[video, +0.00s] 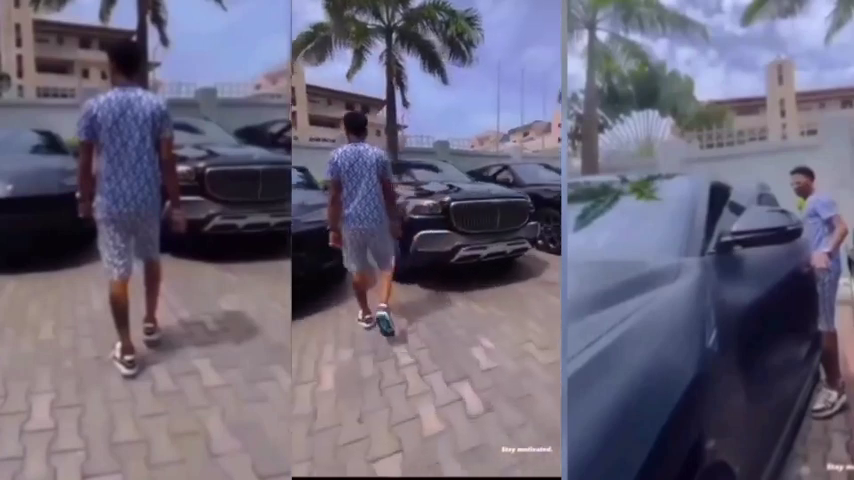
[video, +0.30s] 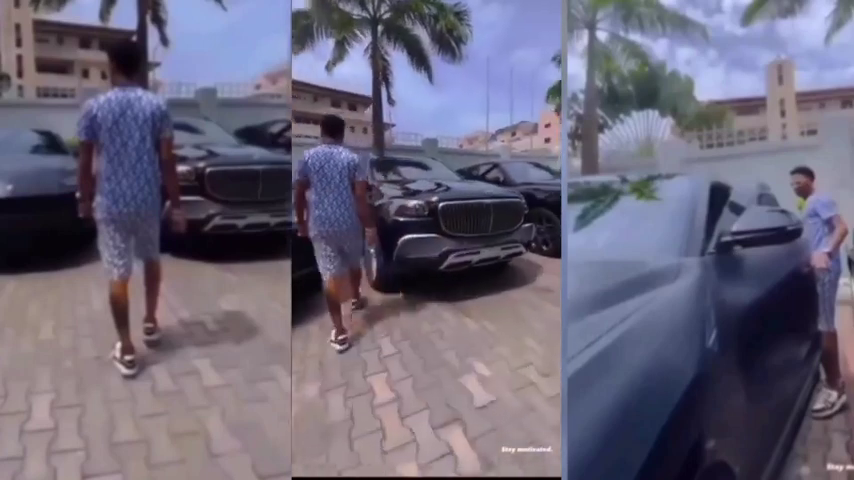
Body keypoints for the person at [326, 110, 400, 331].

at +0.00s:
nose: (349, 133)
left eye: (345, 129)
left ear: (345, 130)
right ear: (366, 129)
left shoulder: (337, 156)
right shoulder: (378, 155)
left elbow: (335, 196)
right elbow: (389, 192)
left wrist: (334, 228)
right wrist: (394, 220)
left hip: (351, 224)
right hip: (378, 222)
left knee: (357, 271)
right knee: (387, 266)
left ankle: (365, 313)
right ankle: (384, 304)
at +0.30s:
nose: (330, 137)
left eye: (325, 132)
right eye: (339, 133)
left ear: (321, 133)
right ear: (343, 133)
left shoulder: (309, 157)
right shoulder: (352, 158)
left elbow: (300, 192)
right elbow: (360, 195)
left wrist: (301, 222)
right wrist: (369, 225)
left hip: (320, 223)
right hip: (348, 221)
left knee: (329, 275)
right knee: (354, 261)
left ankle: (339, 331)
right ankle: (356, 297)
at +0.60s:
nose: (315, 139)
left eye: (312, 134)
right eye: (324, 135)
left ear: (309, 134)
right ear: (329, 136)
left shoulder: (296, 159)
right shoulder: (336, 162)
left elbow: (293, 191)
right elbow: (345, 195)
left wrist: (294, 214)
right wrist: (349, 221)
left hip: (304, 219)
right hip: (331, 219)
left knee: (303, 267)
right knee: (334, 262)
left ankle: (310, 311)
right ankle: (331, 306)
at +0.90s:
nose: (300, 139)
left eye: (296, 134)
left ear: (295, 134)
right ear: (316, 135)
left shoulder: (287, 156)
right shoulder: (325, 160)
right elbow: (338, 190)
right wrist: (341, 213)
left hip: (297, 221)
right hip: (323, 222)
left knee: (301, 267)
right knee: (323, 270)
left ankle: (308, 299)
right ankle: (320, 322)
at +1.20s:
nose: (307, 137)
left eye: (300, 134)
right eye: (312, 132)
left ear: (297, 134)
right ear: (317, 133)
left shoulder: (291, 158)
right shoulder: (326, 157)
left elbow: (286, 187)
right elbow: (338, 185)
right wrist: (334, 199)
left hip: (300, 215)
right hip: (326, 213)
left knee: (311, 260)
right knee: (337, 256)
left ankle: (322, 299)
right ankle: (330, 303)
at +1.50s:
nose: (333, 140)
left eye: (326, 136)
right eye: (337, 136)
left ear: (321, 137)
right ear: (341, 137)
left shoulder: (311, 160)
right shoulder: (349, 159)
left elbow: (310, 192)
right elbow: (358, 188)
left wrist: (315, 204)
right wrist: (359, 202)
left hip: (325, 214)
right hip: (348, 213)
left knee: (333, 259)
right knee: (356, 252)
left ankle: (342, 304)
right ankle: (357, 289)